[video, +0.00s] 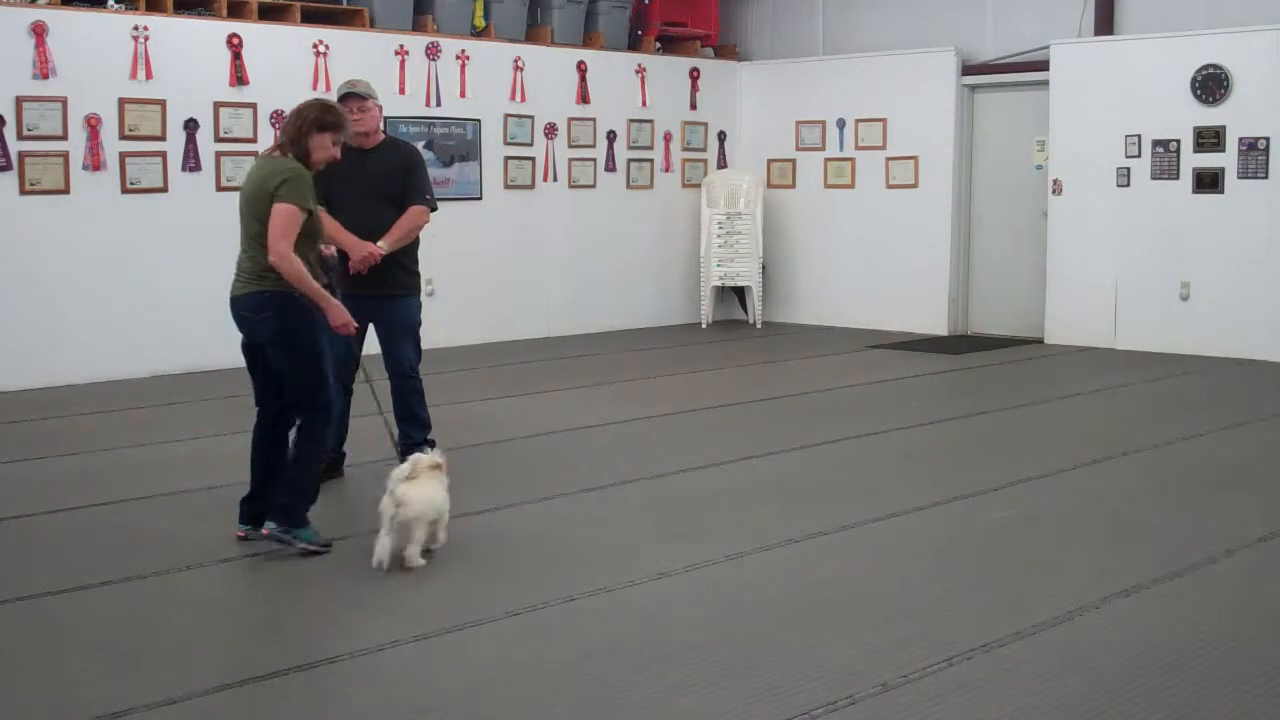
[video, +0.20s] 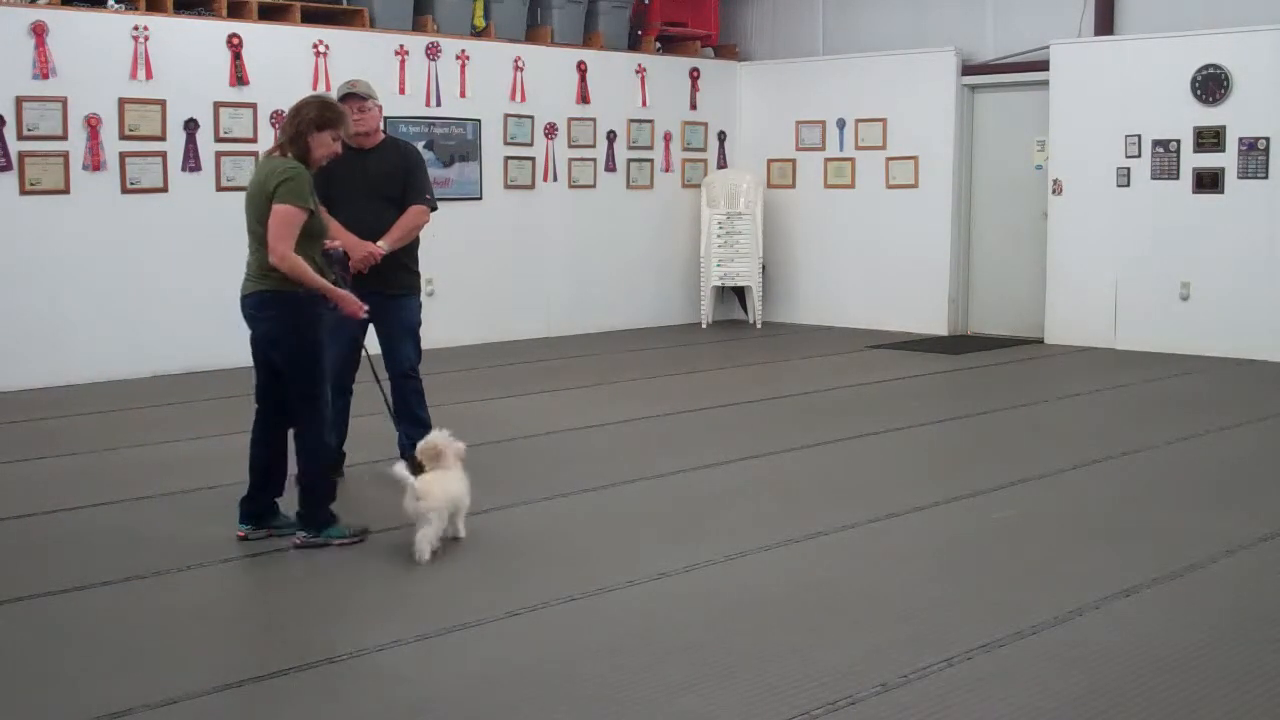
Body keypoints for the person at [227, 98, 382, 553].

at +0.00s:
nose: (336, 156)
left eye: (339, 147)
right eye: (332, 145)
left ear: (297, 137)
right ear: (308, 136)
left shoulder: (263, 168)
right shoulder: (294, 177)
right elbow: (279, 251)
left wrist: (328, 246)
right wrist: (329, 305)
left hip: (251, 301)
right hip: (283, 303)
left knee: (275, 409)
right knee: (321, 408)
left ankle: (256, 514)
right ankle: (289, 519)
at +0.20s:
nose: (337, 152)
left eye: (339, 144)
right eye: (334, 142)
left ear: (304, 133)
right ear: (310, 133)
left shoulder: (269, 169)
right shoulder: (294, 177)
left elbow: (308, 221)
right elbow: (280, 252)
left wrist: (338, 244)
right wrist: (335, 293)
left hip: (264, 299)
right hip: (289, 303)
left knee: (272, 409)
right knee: (312, 410)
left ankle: (258, 513)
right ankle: (316, 519)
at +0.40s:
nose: (339, 149)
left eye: (341, 141)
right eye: (335, 140)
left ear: (301, 133)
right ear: (312, 133)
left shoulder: (273, 169)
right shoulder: (298, 180)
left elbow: (305, 230)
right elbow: (288, 256)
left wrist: (348, 247)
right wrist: (350, 266)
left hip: (272, 300)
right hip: (298, 303)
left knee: (268, 409)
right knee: (314, 412)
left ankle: (256, 513)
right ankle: (315, 519)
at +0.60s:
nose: (343, 150)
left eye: (346, 141)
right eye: (340, 140)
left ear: (310, 133)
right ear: (316, 133)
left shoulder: (277, 170)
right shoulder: (303, 178)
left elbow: (305, 239)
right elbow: (292, 255)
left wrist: (351, 238)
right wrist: (345, 245)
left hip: (273, 298)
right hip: (299, 303)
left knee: (269, 408)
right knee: (311, 412)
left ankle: (256, 514)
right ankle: (315, 519)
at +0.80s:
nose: (344, 150)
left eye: (347, 142)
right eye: (342, 141)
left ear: (312, 133)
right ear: (318, 133)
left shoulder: (278, 169)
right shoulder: (304, 177)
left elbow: (298, 237)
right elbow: (297, 254)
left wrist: (345, 221)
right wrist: (346, 228)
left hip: (272, 298)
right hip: (299, 303)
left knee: (268, 408)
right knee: (310, 412)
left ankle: (256, 514)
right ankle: (315, 520)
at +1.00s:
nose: (344, 147)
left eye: (346, 139)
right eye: (340, 138)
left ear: (312, 133)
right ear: (316, 132)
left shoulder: (277, 170)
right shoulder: (302, 176)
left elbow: (293, 238)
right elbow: (297, 253)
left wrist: (339, 219)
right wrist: (341, 224)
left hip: (272, 299)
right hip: (299, 302)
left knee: (266, 409)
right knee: (311, 412)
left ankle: (256, 514)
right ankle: (316, 519)